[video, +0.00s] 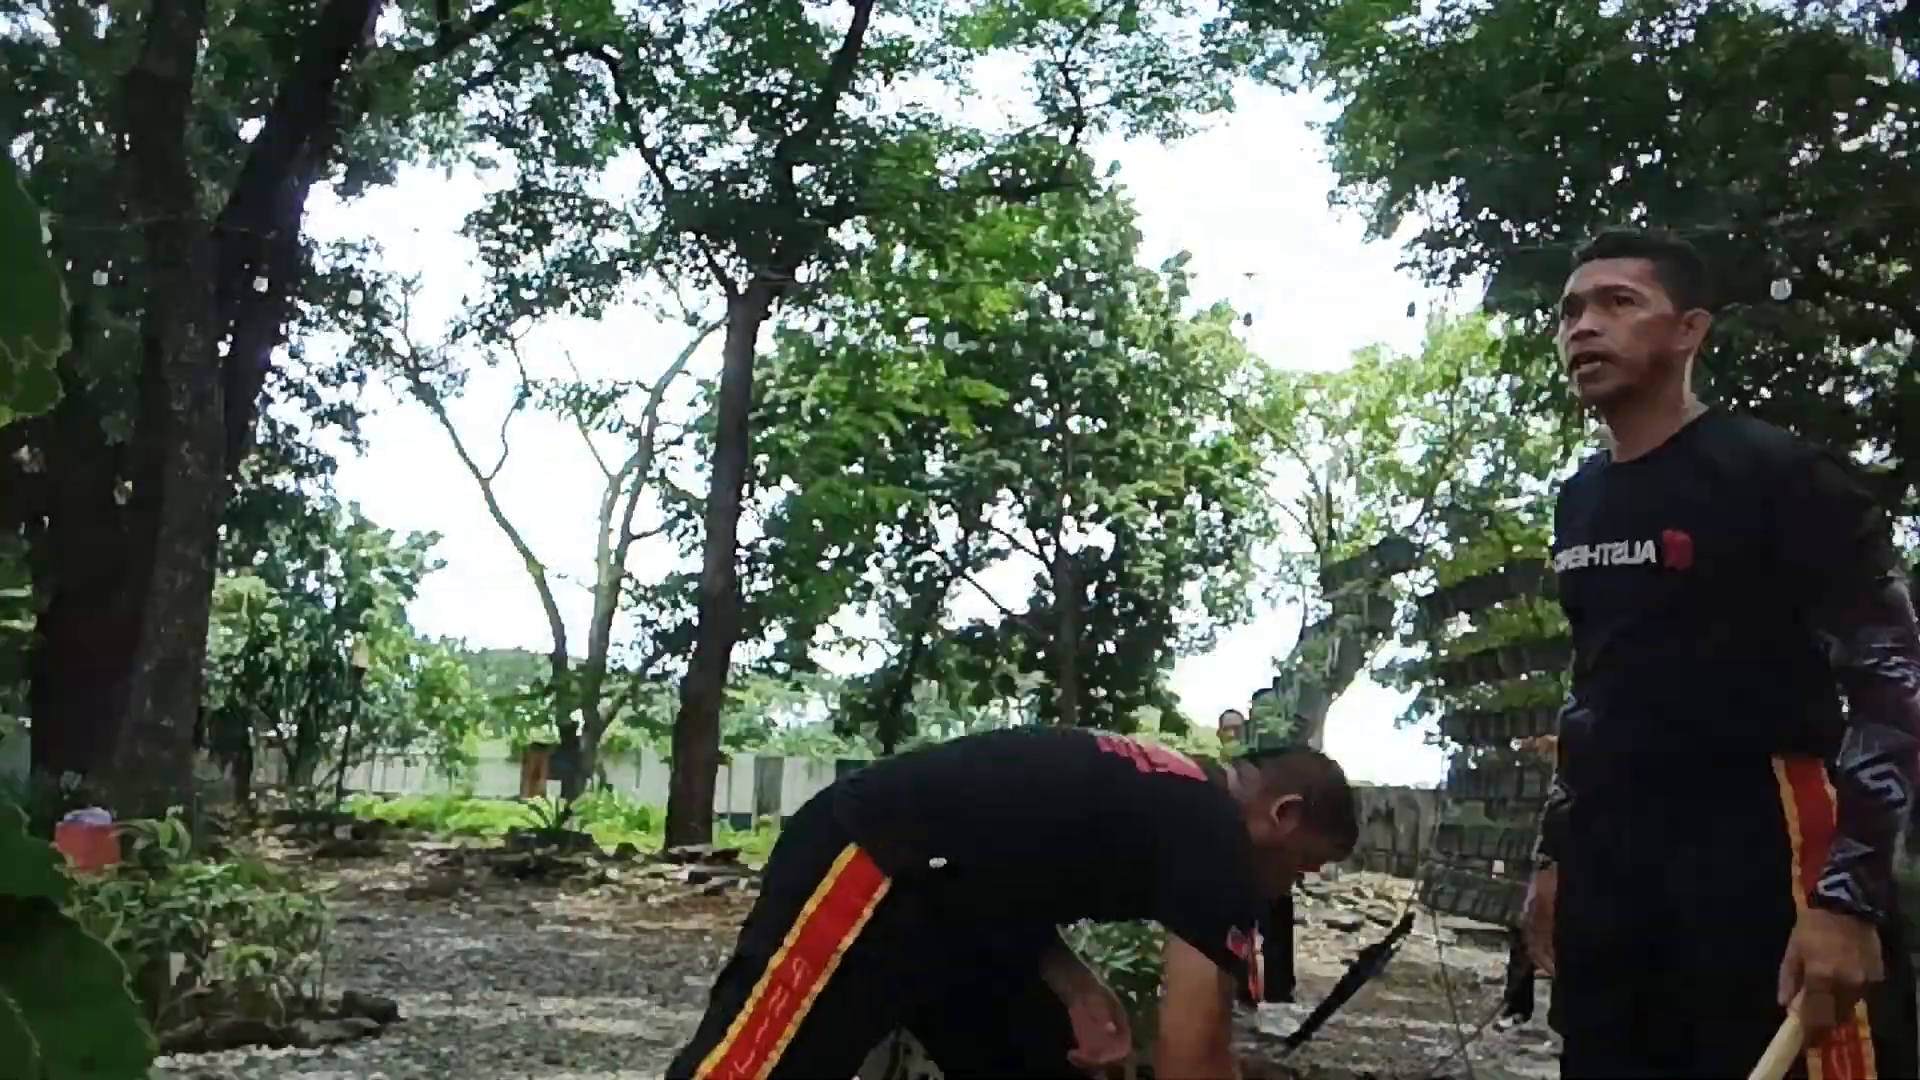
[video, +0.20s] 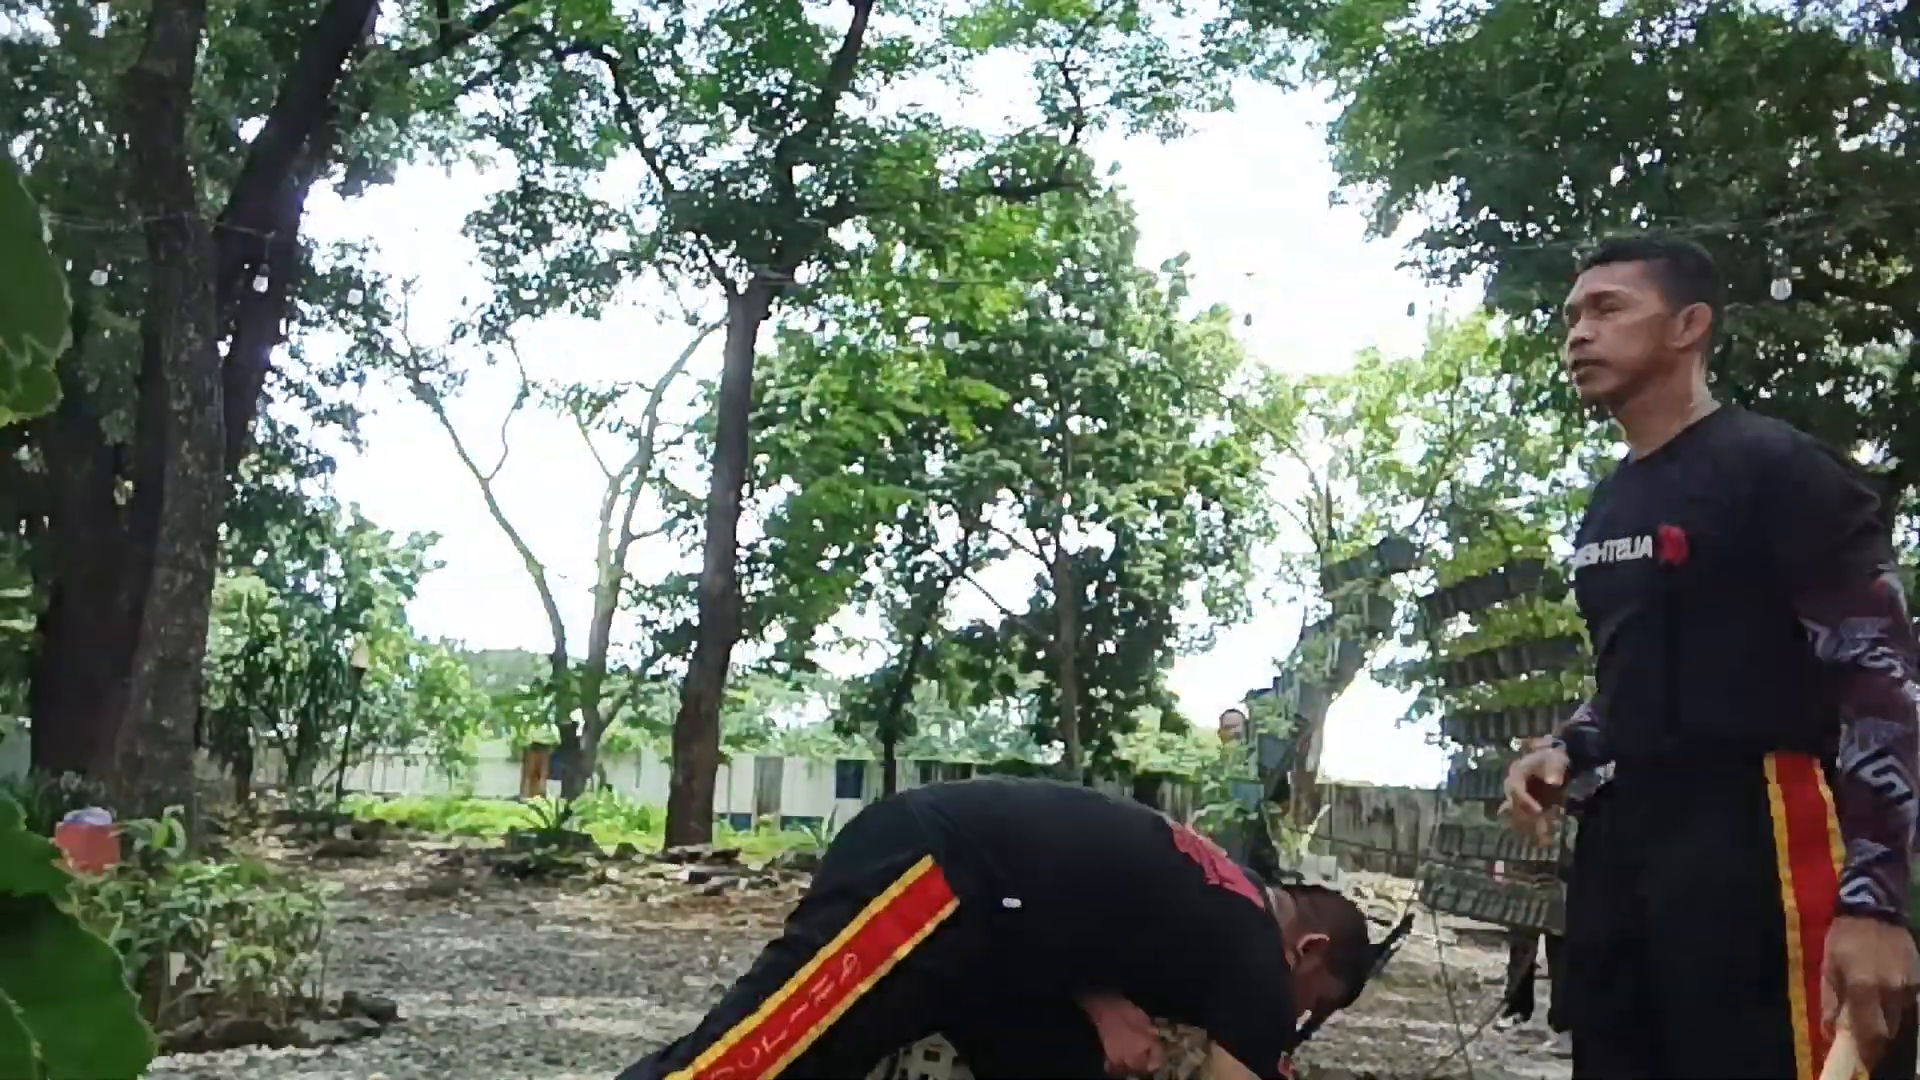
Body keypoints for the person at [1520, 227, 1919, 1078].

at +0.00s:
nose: (1580, 324)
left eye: (1615, 302)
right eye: (1570, 309)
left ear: (1689, 330)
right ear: (1561, 340)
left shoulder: (1785, 477)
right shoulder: (1581, 501)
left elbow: (1892, 678)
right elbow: (1596, 690)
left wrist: (1849, 893)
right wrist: (1556, 853)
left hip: (1752, 866)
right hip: (1611, 867)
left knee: (1749, 1063)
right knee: (1605, 1062)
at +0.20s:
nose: (1575, 331)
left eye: (1606, 308)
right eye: (1571, 315)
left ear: (1690, 326)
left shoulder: (1782, 469)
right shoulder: (1607, 506)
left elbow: (1883, 688)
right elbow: (1637, 690)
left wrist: (1876, 903)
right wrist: (1567, 747)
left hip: (1756, 840)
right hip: (1623, 845)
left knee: (1752, 1057)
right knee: (1616, 1057)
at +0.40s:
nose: (1549, 366)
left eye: (1564, 338)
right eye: (1553, 343)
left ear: (1638, 339)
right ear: (1629, 345)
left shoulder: (1763, 469)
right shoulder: (1601, 517)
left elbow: (1862, 688)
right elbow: (1640, 699)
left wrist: (1850, 895)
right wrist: (1568, 675)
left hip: (1733, 820)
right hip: (1612, 819)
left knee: (1743, 1054)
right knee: (1609, 1054)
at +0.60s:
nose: (1521, 394)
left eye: (1532, 368)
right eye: (1522, 373)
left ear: (1592, 369)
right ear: (1590, 375)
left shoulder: (1720, 474)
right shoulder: (1584, 541)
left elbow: (1830, 667)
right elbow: (1544, 704)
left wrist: (1807, 887)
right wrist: (1446, 590)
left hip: (1737, 810)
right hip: (1627, 816)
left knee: (1719, 1053)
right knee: (1613, 1050)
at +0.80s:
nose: (1527, 392)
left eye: (1539, 366)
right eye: (1530, 369)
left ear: (1596, 370)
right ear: (1595, 375)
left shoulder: (1719, 477)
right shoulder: (1594, 532)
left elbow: (1814, 679)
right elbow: (1558, 710)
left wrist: (1767, 892)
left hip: (1726, 811)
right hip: (1623, 823)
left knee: (1725, 1056)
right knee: (1622, 1055)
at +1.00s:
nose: (1534, 381)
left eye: (1553, 354)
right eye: (1536, 360)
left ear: (1626, 358)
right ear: (1615, 365)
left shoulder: (1721, 472)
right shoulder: (1605, 511)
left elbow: (1809, 671)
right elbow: (1639, 711)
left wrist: (1714, 868)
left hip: (1730, 837)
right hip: (1628, 838)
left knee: (1740, 1060)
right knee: (1626, 1057)